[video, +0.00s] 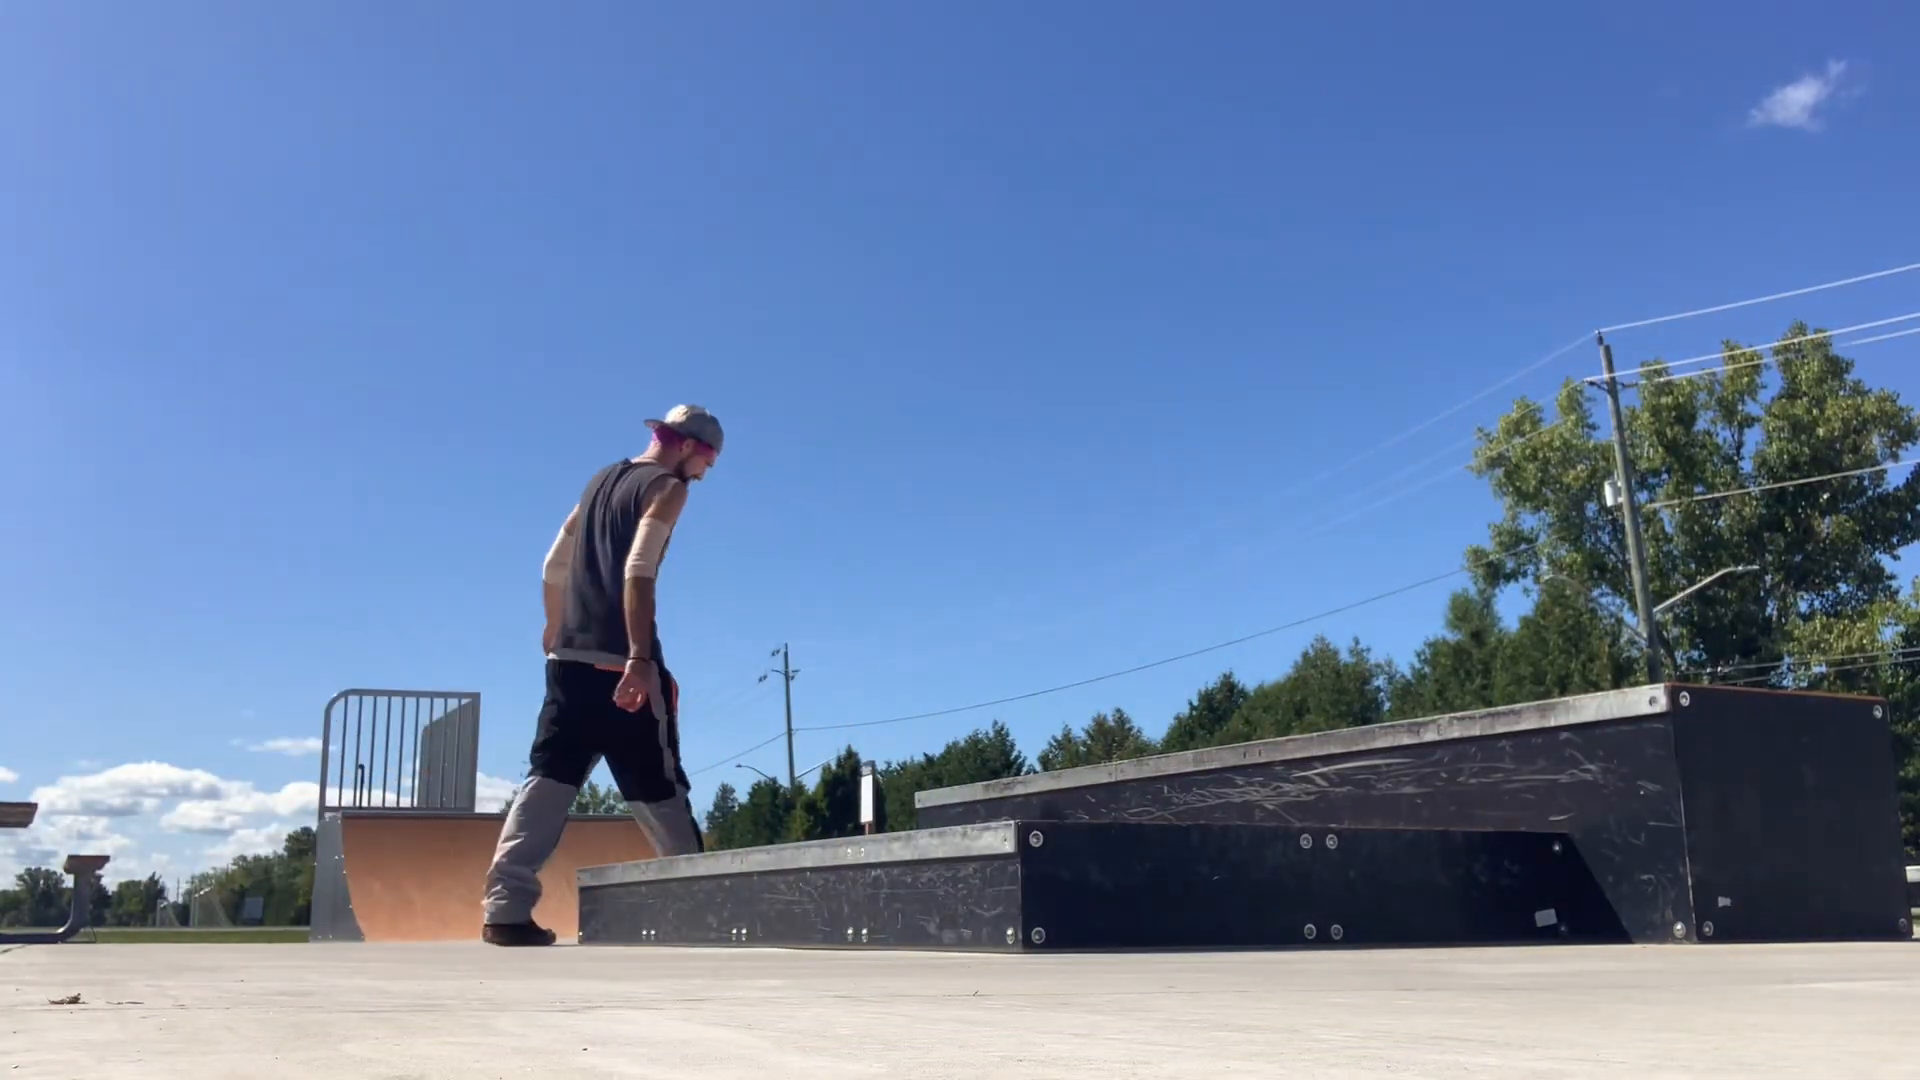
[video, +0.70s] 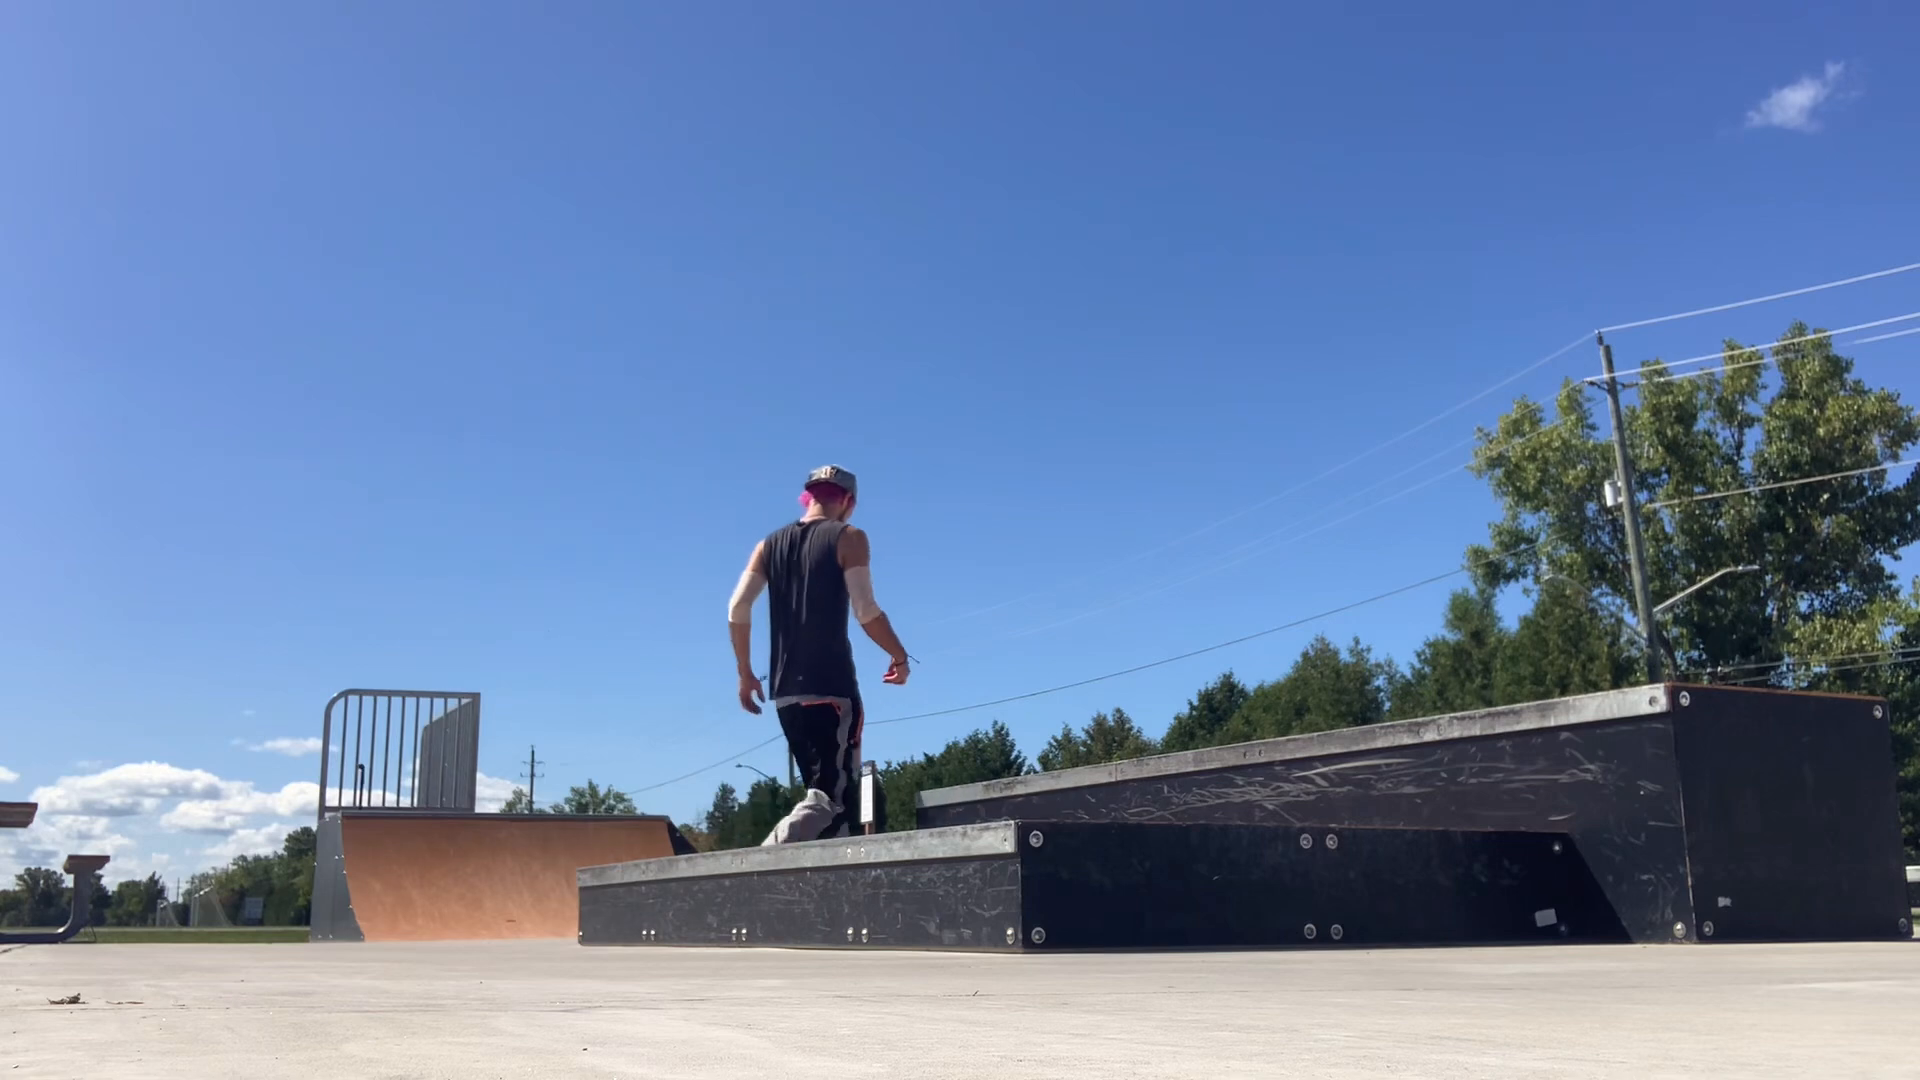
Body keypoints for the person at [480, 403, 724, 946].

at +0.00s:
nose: (706, 470)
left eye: (710, 461)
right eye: (708, 458)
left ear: (660, 439)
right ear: (688, 446)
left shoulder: (603, 479)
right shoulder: (667, 486)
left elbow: (556, 563)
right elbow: (639, 571)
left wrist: (556, 630)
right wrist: (640, 655)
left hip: (571, 662)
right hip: (627, 666)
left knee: (549, 781)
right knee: (659, 796)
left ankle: (505, 911)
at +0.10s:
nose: (739, 482)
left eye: (743, 473)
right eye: (740, 470)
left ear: (693, 453)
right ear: (720, 459)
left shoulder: (637, 493)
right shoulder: (702, 499)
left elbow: (597, 578)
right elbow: (668, 576)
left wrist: (599, 640)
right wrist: (650, 655)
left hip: (611, 673)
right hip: (667, 674)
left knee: (584, 783)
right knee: (694, 805)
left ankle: (517, 892)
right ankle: (723, 919)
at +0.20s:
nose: (765, 486)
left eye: (770, 478)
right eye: (768, 476)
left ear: (722, 456)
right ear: (752, 464)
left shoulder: (668, 497)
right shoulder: (735, 501)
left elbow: (627, 583)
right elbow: (704, 577)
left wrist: (645, 655)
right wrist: (686, 654)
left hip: (651, 672)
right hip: (706, 670)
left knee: (649, 776)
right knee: (728, 794)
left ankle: (574, 854)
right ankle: (736, 910)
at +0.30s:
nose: (783, 486)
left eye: (787, 478)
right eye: (788, 476)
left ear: (744, 455)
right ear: (777, 465)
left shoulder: (691, 498)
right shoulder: (761, 500)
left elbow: (650, 582)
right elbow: (741, 579)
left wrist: (667, 646)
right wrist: (743, 659)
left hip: (685, 666)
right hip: (734, 665)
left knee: (700, 773)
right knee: (746, 788)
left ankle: (644, 843)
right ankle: (740, 892)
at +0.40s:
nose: (801, 484)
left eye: (806, 476)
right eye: (806, 474)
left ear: (759, 457)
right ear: (797, 465)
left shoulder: (710, 503)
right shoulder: (783, 501)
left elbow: (673, 581)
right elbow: (782, 585)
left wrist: (682, 653)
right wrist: (809, 665)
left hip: (710, 668)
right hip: (758, 667)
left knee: (731, 777)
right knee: (756, 786)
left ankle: (711, 868)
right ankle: (739, 886)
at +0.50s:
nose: (819, 493)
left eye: (820, 485)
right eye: (822, 484)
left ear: (774, 470)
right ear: (815, 476)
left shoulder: (728, 517)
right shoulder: (802, 511)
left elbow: (695, 592)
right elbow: (824, 596)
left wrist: (689, 661)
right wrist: (867, 662)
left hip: (734, 669)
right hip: (779, 665)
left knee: (777, 787)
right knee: (770, 784)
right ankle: (732, 879)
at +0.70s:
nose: (850, 512)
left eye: (849, 506)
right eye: (851, 506)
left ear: (805, 500)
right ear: (846, 502)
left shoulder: (770, 544)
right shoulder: (845, 536)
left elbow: (737, 610)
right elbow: (866, 612)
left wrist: (744, 673)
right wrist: (898, 654)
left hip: (785, 692)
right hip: (830, 688)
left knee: (830, 796)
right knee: (830, 797)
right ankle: (766, 861)